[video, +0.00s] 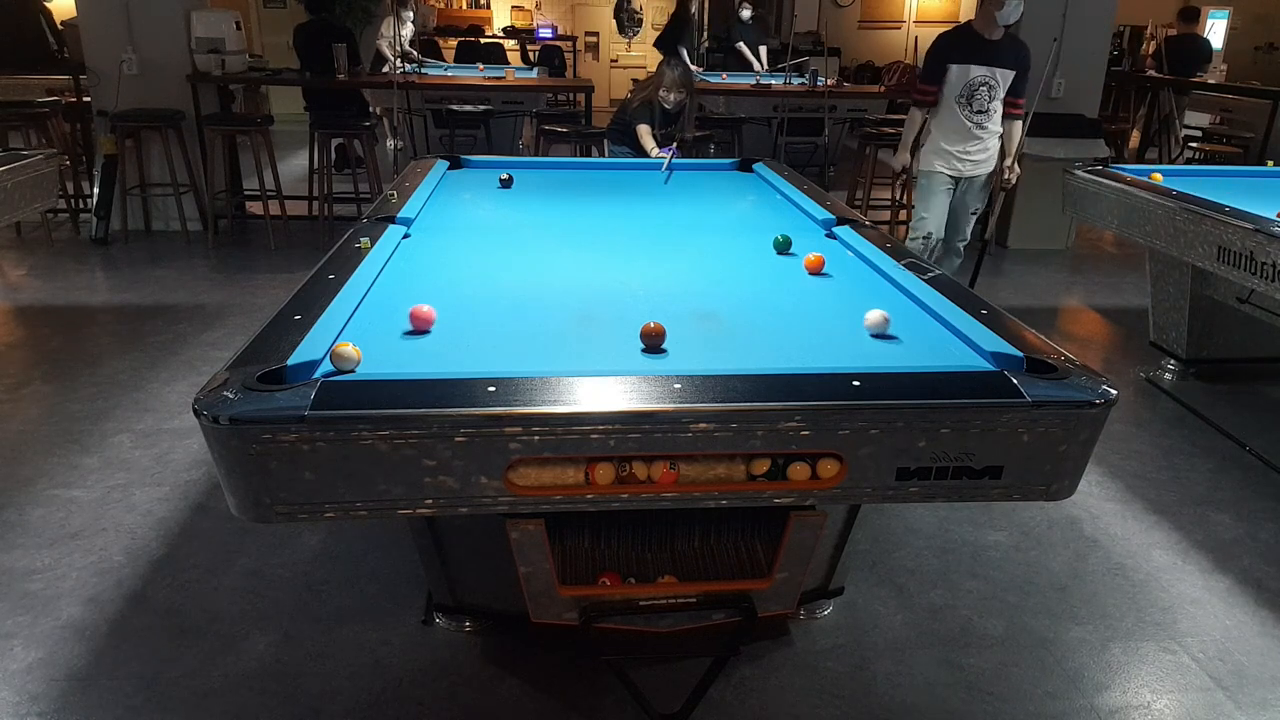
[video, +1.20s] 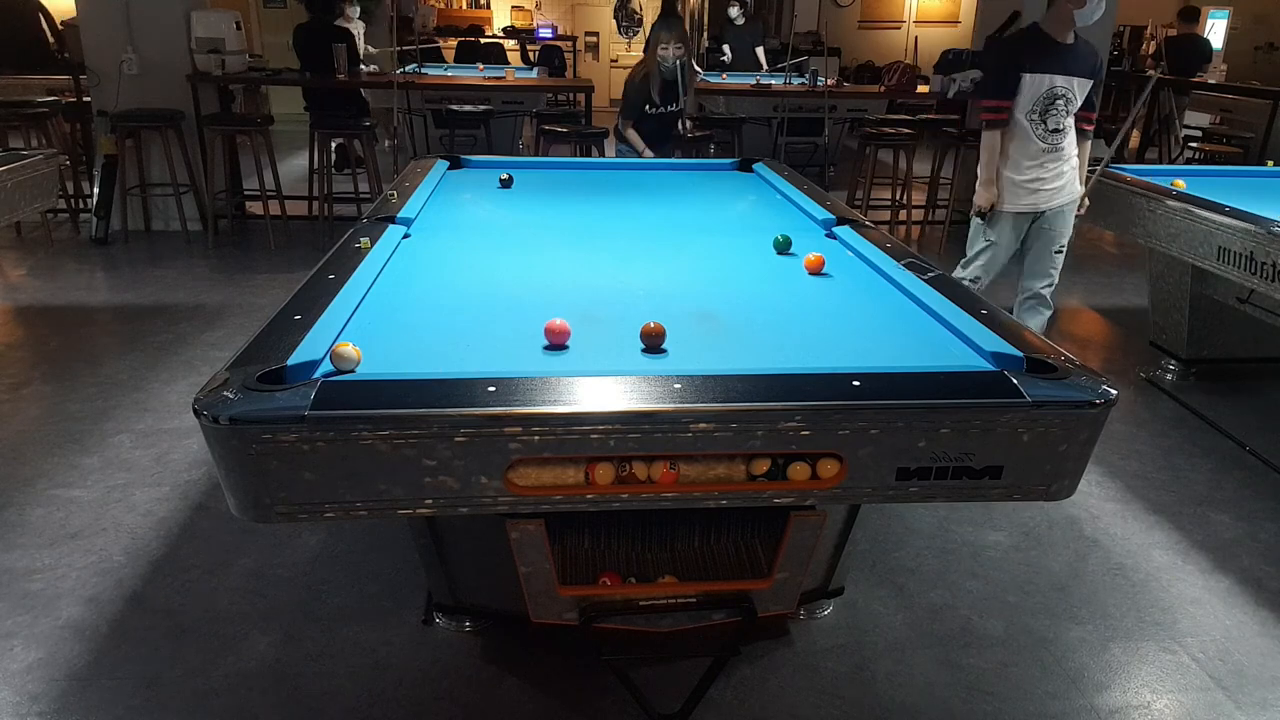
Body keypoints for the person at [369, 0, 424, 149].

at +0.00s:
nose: (409, 14)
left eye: (411, 11)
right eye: (406, 11)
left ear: (413, 11)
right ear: (398, 11)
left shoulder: (410, 27)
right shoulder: (390, 21)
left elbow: (404, 45)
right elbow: (380, 42)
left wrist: (414, 54)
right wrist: (392, 60)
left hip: (398, 67)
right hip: (381, 68)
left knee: (396, 105)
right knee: (385, 106)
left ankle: (396, 135)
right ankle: (389, 138)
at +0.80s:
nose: (390, 7)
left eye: (392, 4)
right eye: (386, 4)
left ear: (394, 5)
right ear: (380, 6)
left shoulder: (397, 21)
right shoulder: (374, 20)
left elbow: (396, 41)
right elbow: (374, 45)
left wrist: (401, 47)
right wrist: (391, 61)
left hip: (392, 61)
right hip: (377, 62)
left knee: (392, 100)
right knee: (380, 101)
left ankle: (394, 135)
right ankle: (389, 136)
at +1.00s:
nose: (378, 6)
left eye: (379, 3)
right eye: (374, 3)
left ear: (381, 5)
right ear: (367, 6)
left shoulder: (383, 21)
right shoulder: (361, 21)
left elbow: (381, 41)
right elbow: (362, 47)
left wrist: (392, 49)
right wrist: (380, 61)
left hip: (381, 64)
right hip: (367, 65)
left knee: (386, 102)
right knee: (375, 103)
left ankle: (390, 136)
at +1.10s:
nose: (366, 7)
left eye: (368, 4)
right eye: (362, 4)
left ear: (371, 6)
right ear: (355, 5)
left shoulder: (372, 23)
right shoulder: (351, 23)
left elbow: (370, 43)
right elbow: (355, 52)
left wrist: (378, 47)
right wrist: (373, 65)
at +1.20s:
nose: (355, 9)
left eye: (357, 6)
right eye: (351, 6)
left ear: (360, 7)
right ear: (344, 7)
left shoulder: (361, 25)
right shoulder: (338, 26)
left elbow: (359, 44)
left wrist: (366, 48)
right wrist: (363, 67)